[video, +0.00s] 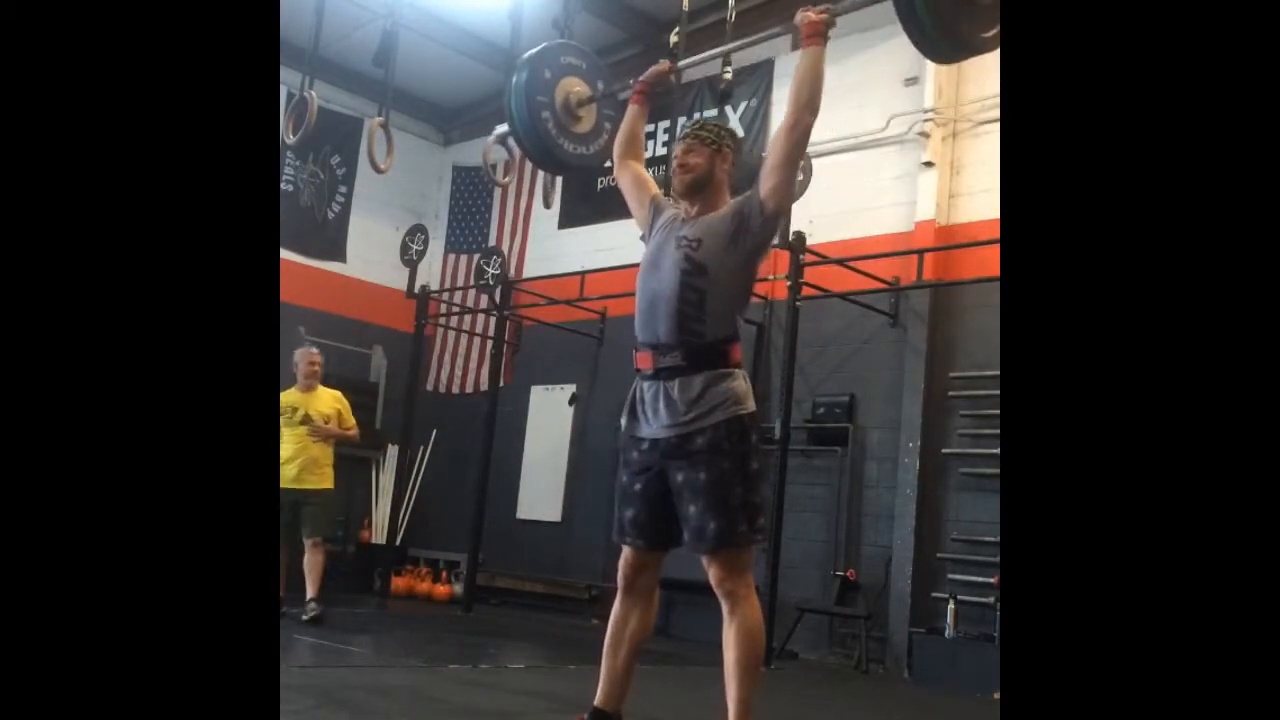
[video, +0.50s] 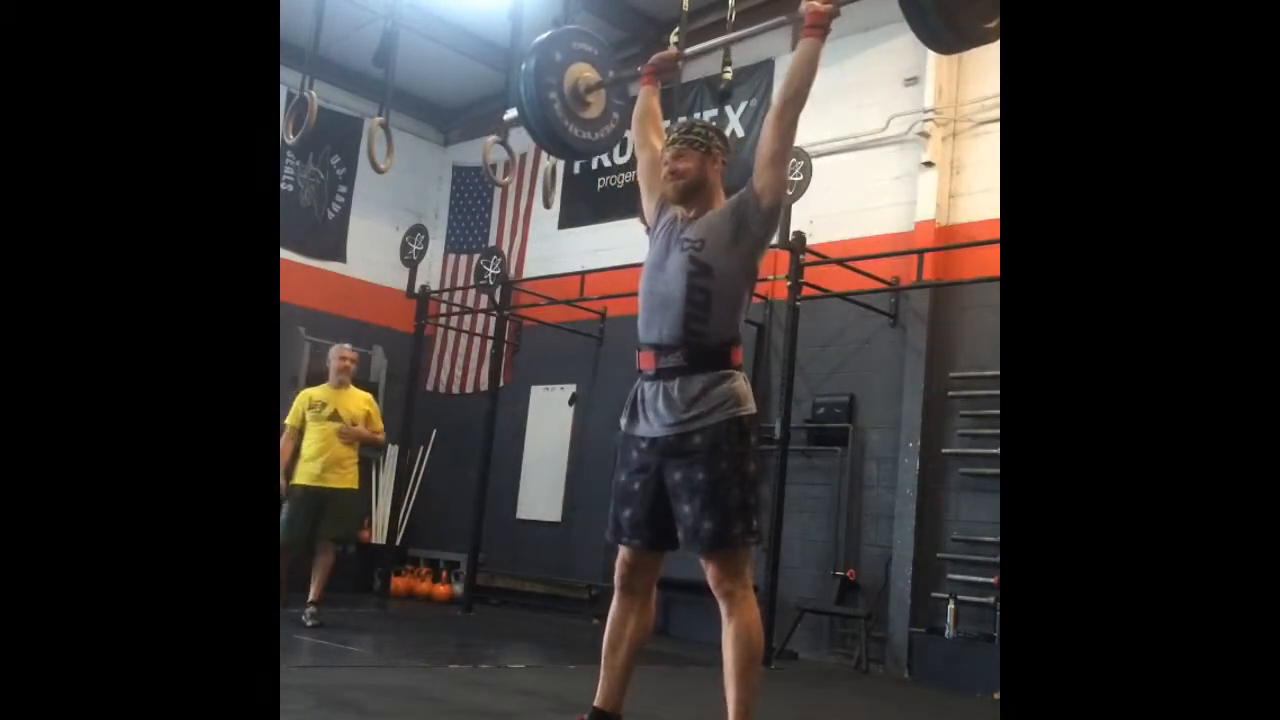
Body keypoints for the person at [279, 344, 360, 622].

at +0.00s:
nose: (314, 369)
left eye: (318, 364)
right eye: (309, 364)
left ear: (322, 368)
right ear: (296, 367)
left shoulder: (336, 399)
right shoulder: (284, 399)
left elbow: (355, 434)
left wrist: (331, 431)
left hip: (318, 485)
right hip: (285, 483)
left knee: (314, 541)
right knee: (283, 543)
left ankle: (311, 600)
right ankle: (280, 597)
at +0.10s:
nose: (321, 368)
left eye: (325, 364)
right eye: (315, 363)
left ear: (329, 369)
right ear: (302, 366)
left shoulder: (341, 400)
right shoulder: (285, 400)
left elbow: (358, 436)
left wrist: (337, 433)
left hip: (321, 485)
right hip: (286, 483)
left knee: (317, 541)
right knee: (284, 544)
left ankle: (312, 603)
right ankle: (281, 599)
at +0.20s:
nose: (328, 369)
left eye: (332, 365)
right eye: (323, 363)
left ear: (336, 369)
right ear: (309, 366)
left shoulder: (347, 402)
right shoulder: (287, 401)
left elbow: (363, 438)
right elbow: (282, 438)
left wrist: (342, 436)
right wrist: (285, 453)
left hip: (324, 485)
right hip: (288, 483)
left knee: (318, 542)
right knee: (284, 544)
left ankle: (311, 603)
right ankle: (282, 599)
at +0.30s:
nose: (334, 368)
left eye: (339, 364)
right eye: (329, 362)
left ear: (343, 369)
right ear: (316, 365)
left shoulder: (354, 403)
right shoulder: (295, 400)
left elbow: (368, 440)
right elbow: (282, 438)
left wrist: (349, 438)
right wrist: (283, 466)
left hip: (330, 486)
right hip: (293, 483)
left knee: (320, 543)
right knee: (284, 542)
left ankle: (311, 604)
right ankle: (282, 594)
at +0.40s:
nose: (342, 366)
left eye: (346, 362)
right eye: (337, 360)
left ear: (351, 368)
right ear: (323, 363)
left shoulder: (361, 402)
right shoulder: (302, 398)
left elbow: (375, 439)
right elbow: (285, 437)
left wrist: (357, 436)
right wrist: (282, 464)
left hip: (338, 486)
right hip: (299, 483)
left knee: (324, 541)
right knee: (286, 543)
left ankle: (312, 604)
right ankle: (283, 598)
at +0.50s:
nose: (347, 364)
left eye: (351, 361)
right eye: (342, 359)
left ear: (356, 367)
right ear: (329, 363)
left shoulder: (366, 401)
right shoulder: (307, 396)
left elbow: (381, 438)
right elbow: (290, 436)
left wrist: (361, 435)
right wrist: (282, 473)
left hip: (342, 488)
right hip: (304, 483)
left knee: (327, 545)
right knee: (286, 542)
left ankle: (312, 604)